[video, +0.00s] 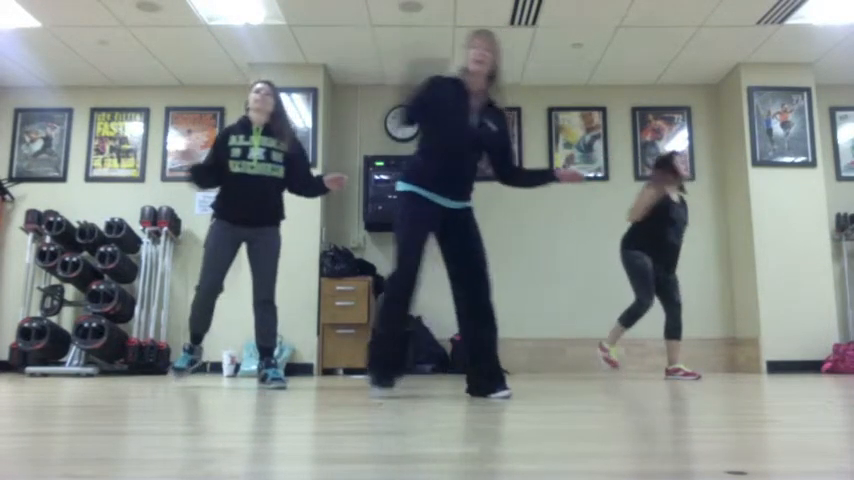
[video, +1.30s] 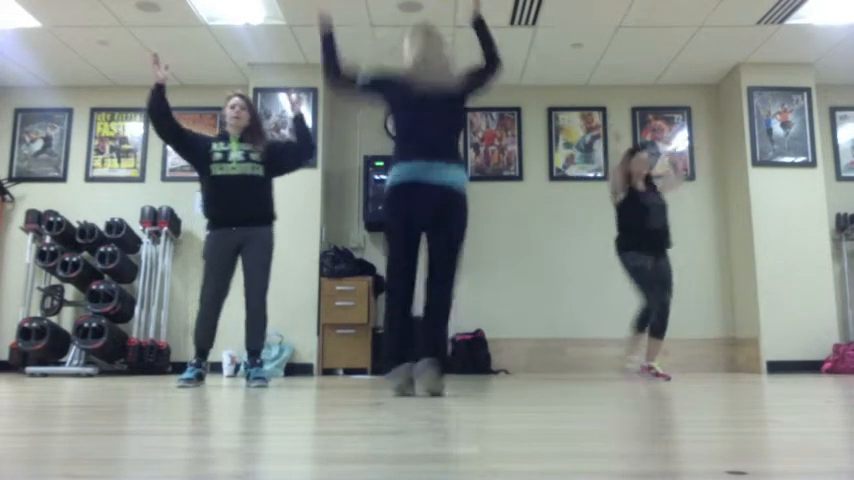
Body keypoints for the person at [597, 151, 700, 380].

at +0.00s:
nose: (676, 174)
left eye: (676, 171)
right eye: (671, 170)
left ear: (676, 174)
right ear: (660, 172)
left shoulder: (679, 198)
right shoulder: (652, 191)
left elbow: (674, 234)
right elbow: (634, 216)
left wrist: (671, 263)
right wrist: (655, 190)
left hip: (662, 259)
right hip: (637, 252)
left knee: (674, 306)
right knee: (645, 300)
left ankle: (674, 364)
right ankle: (608, 343)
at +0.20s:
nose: (656, 162)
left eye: (660, 159)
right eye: (651, 158)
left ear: (665, 165)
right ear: (642, 164)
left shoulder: (668, 196)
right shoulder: (632, 190)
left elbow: (670, 232)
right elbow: (611, 221)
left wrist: (677, 261)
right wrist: (620, 204)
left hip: (657, 256)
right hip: (630, 252)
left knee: (665, 308)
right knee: (624, 305)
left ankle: (673, 364)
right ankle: (607, 360)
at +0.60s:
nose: (617, 160)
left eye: (621, 157)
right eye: (613, 157)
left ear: (628, 163)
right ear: (605, 162)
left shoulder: (637, 192)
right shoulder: (595, 191)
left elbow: (645, 226)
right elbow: (582, 228)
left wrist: (658, 254)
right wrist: (588, 223)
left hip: (633, 253)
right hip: (604, 255)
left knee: (658, 298)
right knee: (607, 308)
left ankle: (660, 357)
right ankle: (604, 364)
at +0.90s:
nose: (616, 161)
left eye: (620, 158)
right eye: (612, 157)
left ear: (626, 164)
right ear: (603, 163)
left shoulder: (635, 191)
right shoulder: (594, 192)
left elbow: (654, 216)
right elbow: (576, 222)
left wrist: (674, 220)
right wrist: (568, 210)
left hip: (635, 255)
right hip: (605, 256)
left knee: (656, 302)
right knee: (607, 309)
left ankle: (658, 359)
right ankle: (604, 364)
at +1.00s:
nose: (624, 160)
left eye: (627, 156)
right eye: (619, 156)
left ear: (632, 161)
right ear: (610, 161)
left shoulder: (642, 187)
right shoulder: (600, 187)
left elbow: (675, 194)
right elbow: (575, 195)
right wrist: (575, 178)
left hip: (642, 252)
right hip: (612, 253)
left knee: (660, 302)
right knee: (612, 307)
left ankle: (657, 359)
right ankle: (605, 364)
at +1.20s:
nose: (634, 165)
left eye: (637, 162)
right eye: (629, 161)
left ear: (641, 167)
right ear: (619, 166)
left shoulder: (649, 188)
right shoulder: (611, 191)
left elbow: (681, 183)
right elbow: (592, 184)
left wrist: (696, 155)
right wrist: (596, 155)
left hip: (652, 255)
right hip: (624, 256)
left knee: (663, 306)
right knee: (625, 306)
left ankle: (650, 362)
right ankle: (609, 362)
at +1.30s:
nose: (643, 164)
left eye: (646, 160)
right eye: (639, 160)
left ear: (649, 164)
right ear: (629, 164)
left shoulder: (653, 184)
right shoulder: (621, 188)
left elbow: (677, 180)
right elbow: (616, 173)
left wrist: (672, 164)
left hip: (658, 250)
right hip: (633, 250)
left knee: (663, 302)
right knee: (654, 298)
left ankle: (650, 361)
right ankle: (630, 354)